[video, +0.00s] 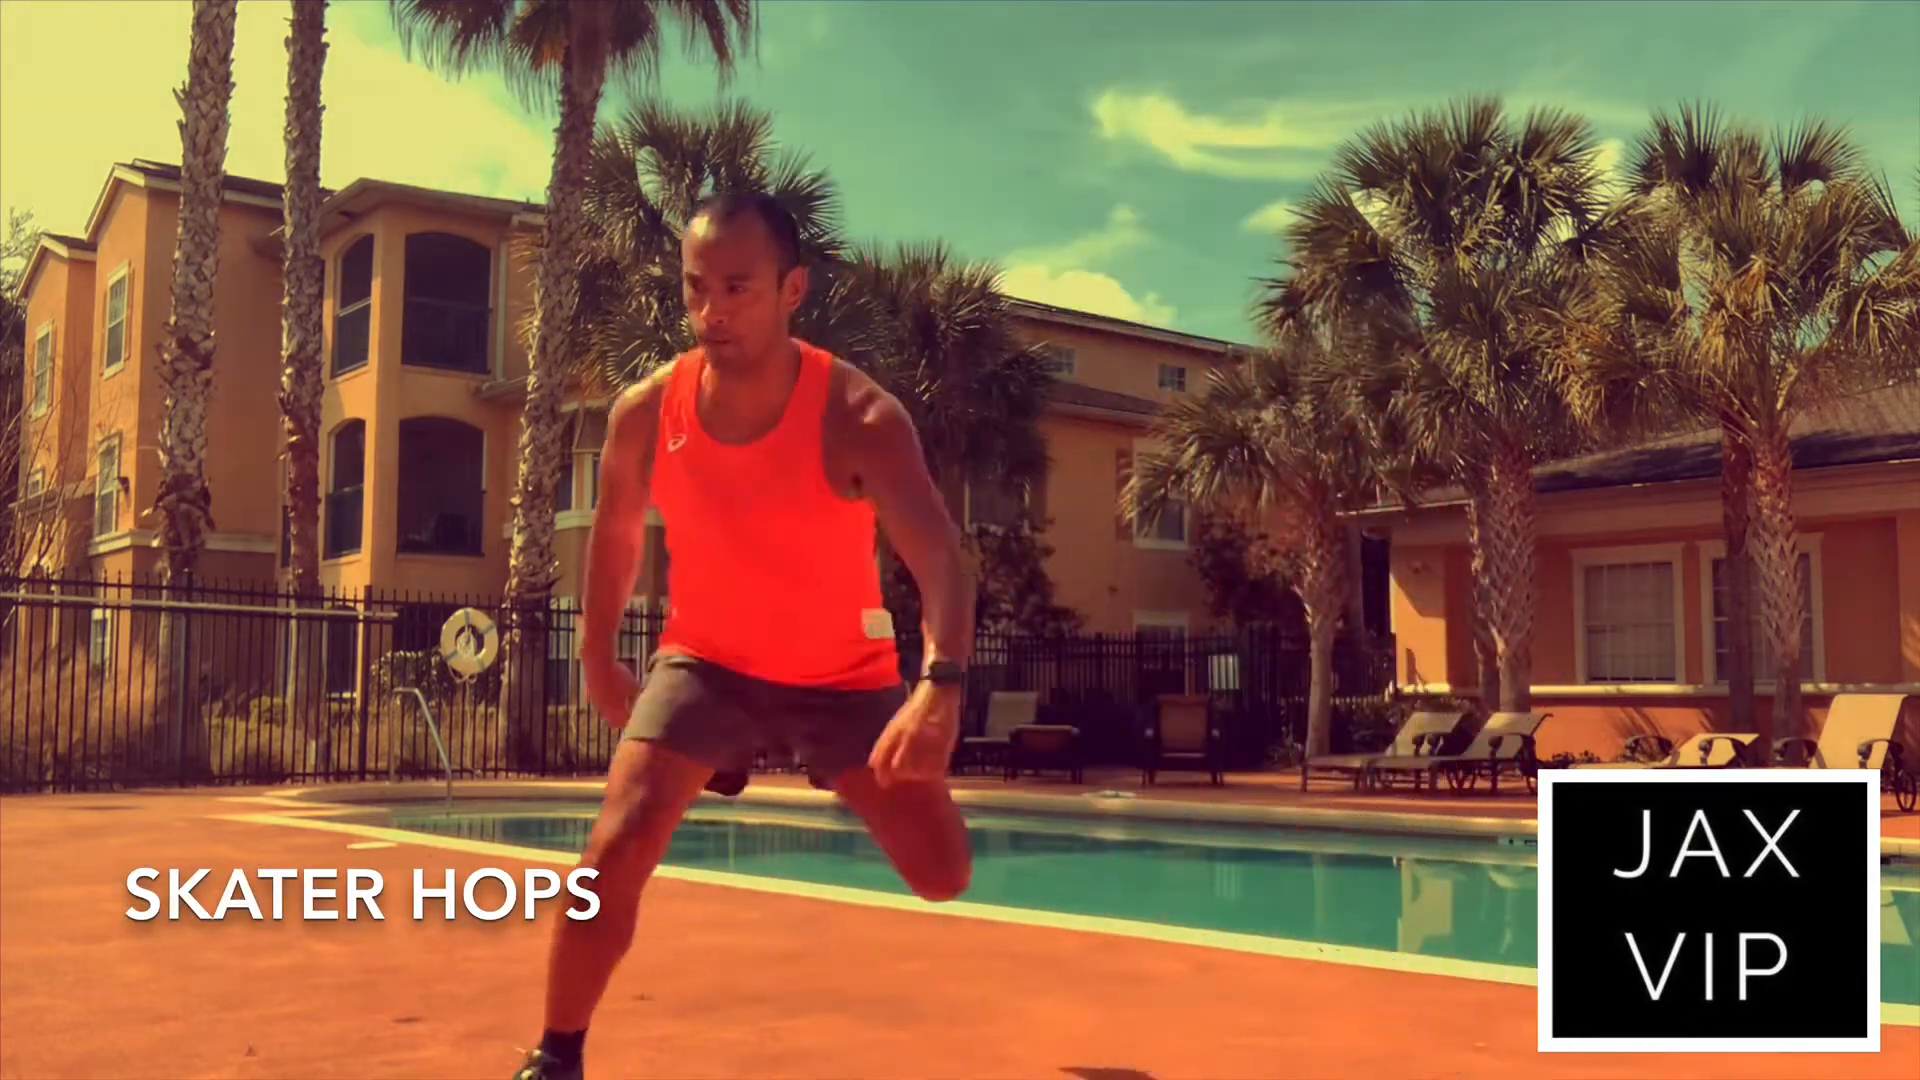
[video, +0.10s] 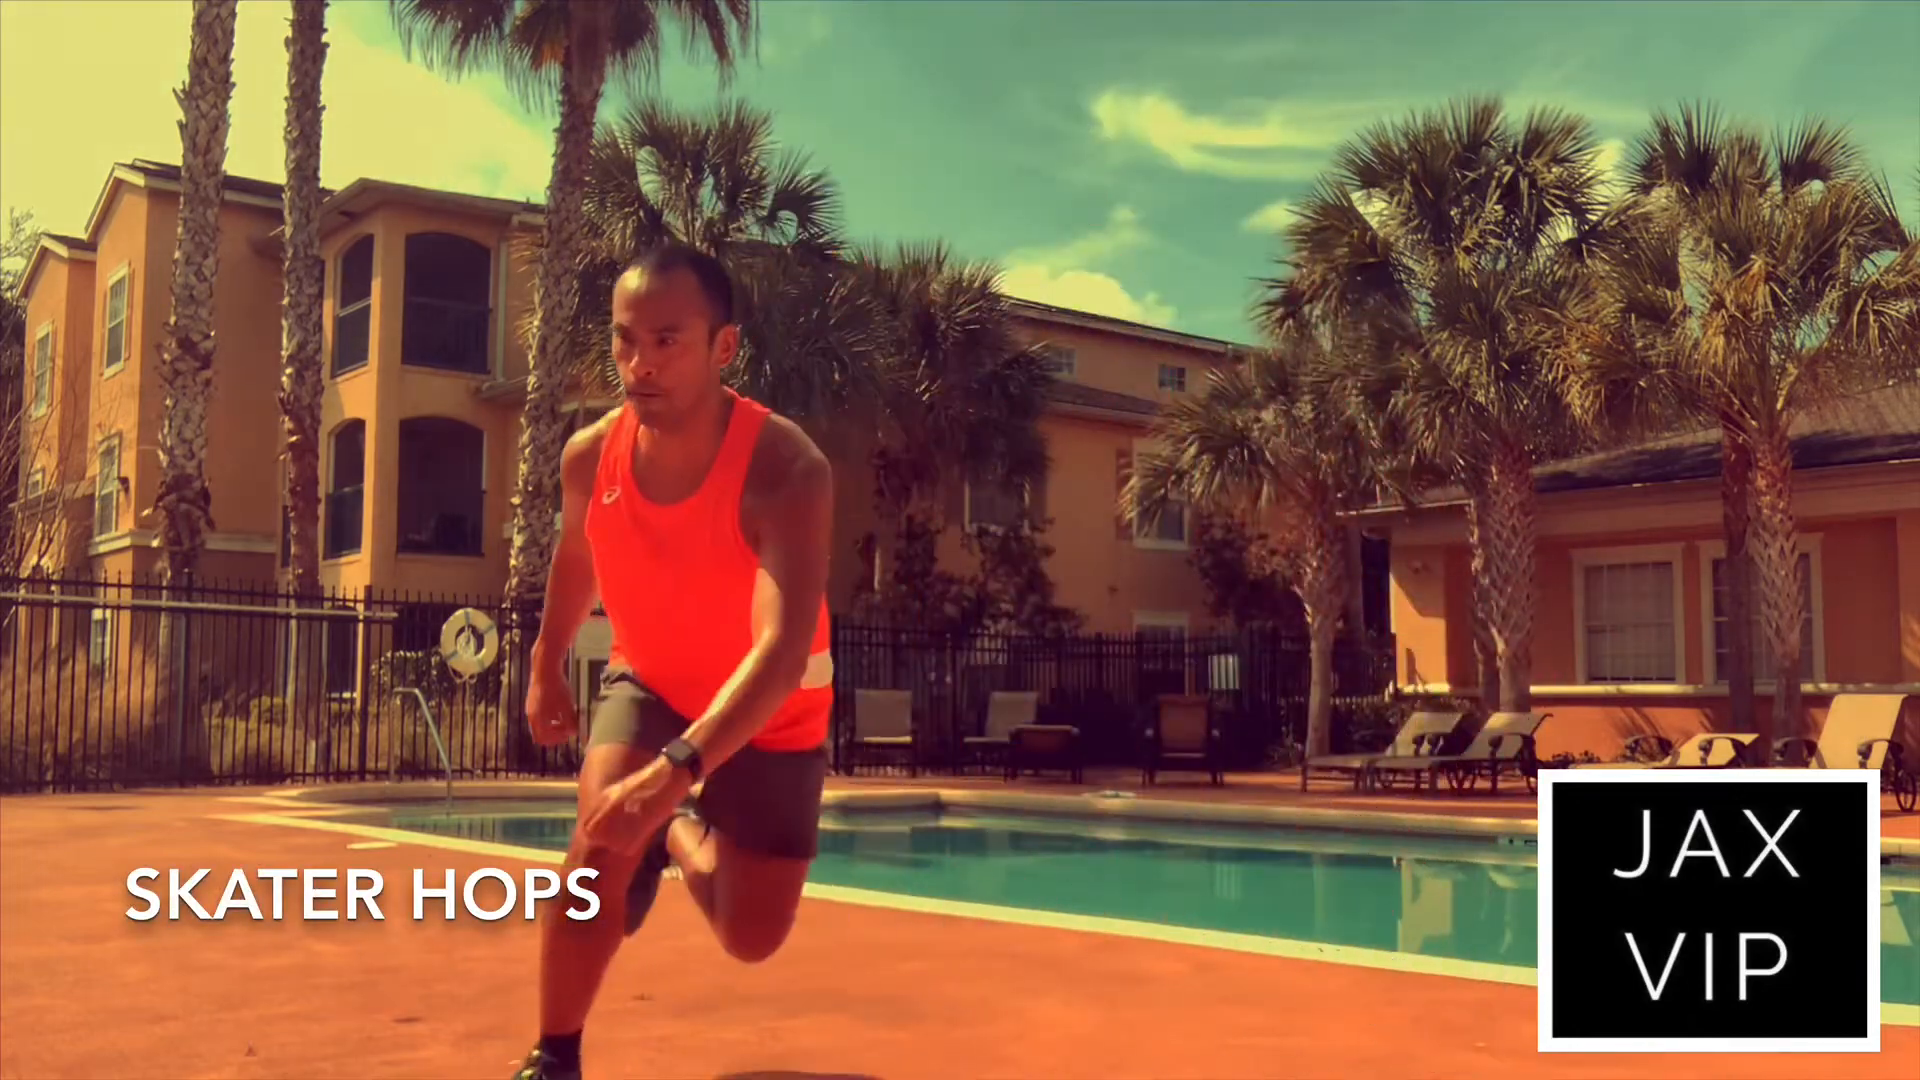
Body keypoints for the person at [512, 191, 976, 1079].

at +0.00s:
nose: (711, 314)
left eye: (736, 290)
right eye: (697, 290)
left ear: (793, 289)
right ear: (683, 289)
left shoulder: (860, 416)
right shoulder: (648, 411)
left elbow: (941, 563)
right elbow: (616, 532)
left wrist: (940, 685)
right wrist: (597, 655)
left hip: (846, 675)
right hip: (703, 666)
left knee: (942, 876)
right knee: (619, 837)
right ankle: (556, 1056)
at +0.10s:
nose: (640, 365)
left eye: (666, 342)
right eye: (627, 342)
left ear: (724, 346)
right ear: (612, 345)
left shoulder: (785, 469)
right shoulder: (592, 457)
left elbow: (784, 651)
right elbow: (575, 562)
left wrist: (672, 778)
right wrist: (546, 666)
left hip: (770, 707)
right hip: (649, 682)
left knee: (754, 936)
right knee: (603, 847)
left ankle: (665, 828)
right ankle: (554, 1057)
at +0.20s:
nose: (601, 413)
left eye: (628, 390)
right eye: (587, 390)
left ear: (686, 400)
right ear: (572, 398)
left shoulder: (741, 531)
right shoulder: (565, 499)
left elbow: (657, 709)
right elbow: (564, 574)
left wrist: (494, 780)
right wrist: (519, 660)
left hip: (714, 766)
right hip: (609, 717)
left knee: (606, 947)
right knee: (576, 862)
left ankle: (511, 914)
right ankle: (553, 1061)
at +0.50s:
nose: (640, 387)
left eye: (667, 368)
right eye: (625, 365)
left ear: (717, 388)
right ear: (605, 379)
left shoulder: (763, 513)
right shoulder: (582, 491)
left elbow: (681, 691)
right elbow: (592, 609)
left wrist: (511, 716)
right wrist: (571, 677)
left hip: (709, 761)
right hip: (606, 712)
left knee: (602, 950)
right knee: (574, 863)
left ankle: (483, 934)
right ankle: (553, 1062)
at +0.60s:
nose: (717, 309)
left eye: (742, 292)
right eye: (699, 289)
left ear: (780, 318)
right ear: (671, 311)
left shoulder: (833, 451)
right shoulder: (628, 437)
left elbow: (853, 622)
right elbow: (608, 541)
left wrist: (751, 742)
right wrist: (558, 657)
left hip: (771, 703)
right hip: (643, 670)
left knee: (734, 932)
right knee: (586, 848)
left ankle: (680, 862)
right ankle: (551, 1059)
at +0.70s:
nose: (823, 247)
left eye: (848, 230)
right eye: (805, 226)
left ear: (879, 250)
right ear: (772, 239)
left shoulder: (931, 378)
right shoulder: (709, 360)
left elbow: (1049, 498)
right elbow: (621, 452)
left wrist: (1024, 643)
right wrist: (557, 562)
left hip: (860, 654)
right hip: (712, 645)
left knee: (948, 850)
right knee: (616, 835)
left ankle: (920, 902)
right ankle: (550, 1053)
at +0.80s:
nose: (939, 186)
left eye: (964, 168)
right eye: (922, 163)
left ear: (1000, 186)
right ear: (892, 174)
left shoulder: (1047, 305)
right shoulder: (828, 288)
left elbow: (1189, 375)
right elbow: (734, 356)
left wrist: (1189, 516)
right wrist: (655, 464)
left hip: (978, 602)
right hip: (822, 610)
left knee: (1123, 759)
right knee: (704, 802)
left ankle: (1187, 952)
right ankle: (572, 1016)